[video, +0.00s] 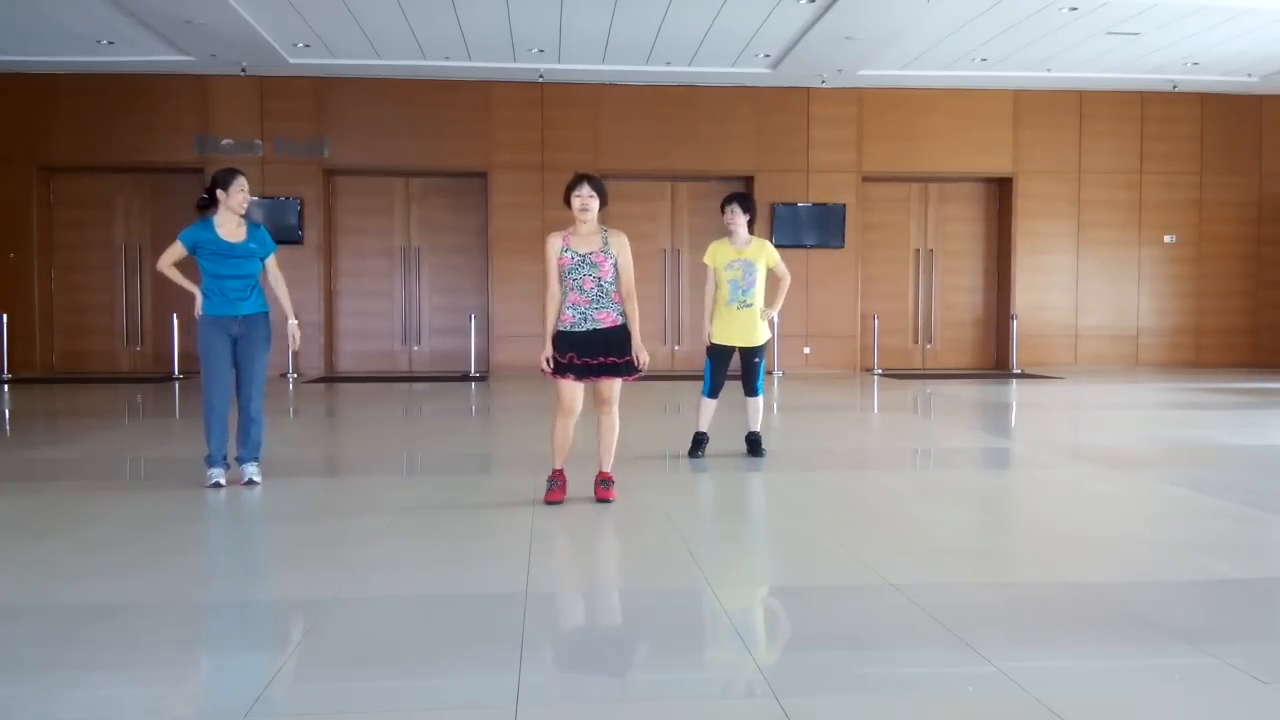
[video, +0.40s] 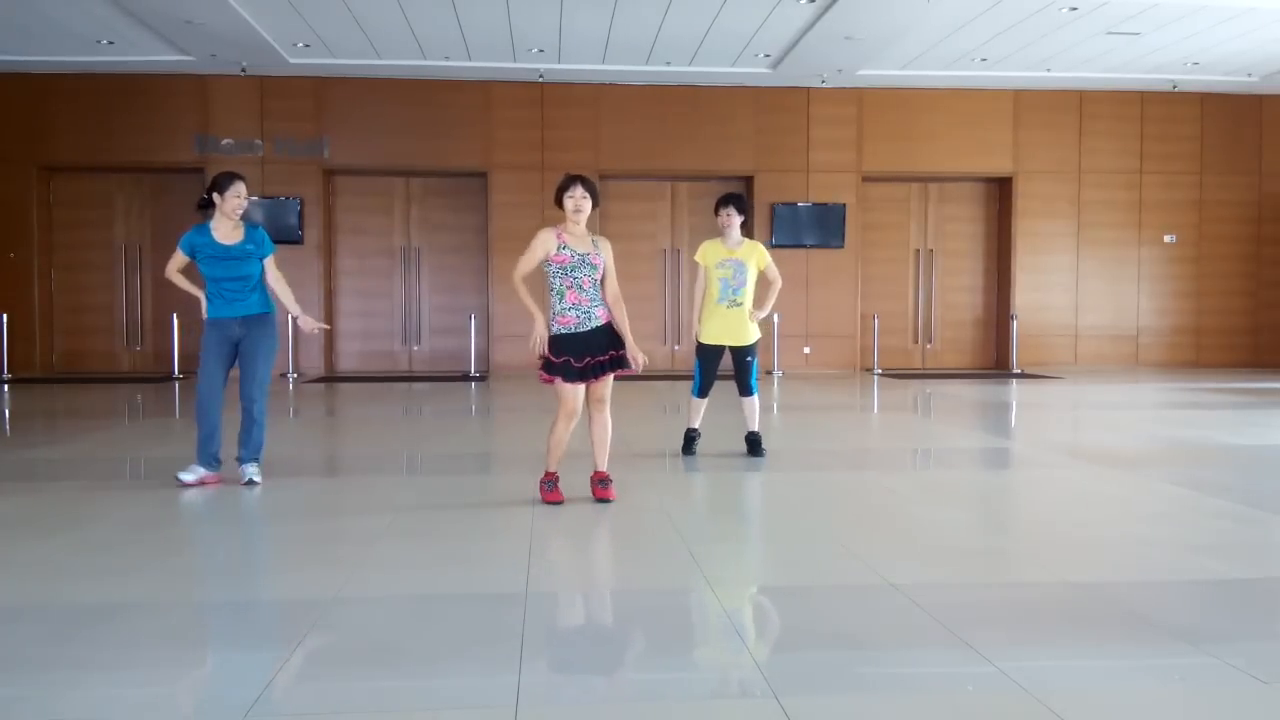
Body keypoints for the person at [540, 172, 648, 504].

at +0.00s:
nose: (584, 201)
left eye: (591, 196)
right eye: (578, 196)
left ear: (601, 201)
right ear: (569, 202)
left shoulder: (618, 240)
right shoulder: (557, 242)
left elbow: (629, 293)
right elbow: (553, 295)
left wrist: (636, 339)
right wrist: (548, 341)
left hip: (611, 335)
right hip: (569, 335)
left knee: (607, 406)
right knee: (569, 409)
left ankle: (605, 476)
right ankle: (557, 474)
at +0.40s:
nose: (578, 202)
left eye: (584, 197)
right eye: (571, 197)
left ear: (592, 204)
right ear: (561, 203)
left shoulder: (602, 245)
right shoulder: (549, 238)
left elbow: (614, 298)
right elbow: (518, 276)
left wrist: (630, 343)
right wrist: (538, 318)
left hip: (602, 333)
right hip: (565, 337)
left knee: (600, 404)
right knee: (570, 409)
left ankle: (601, 475)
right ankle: (550, 476)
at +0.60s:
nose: (572, 200)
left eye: (578, 194)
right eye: (565, 194)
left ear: (587, 201)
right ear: (555, 200)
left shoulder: (596, 243)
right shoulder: (542, 236)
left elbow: (605, 297)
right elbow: (502, 265)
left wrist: (619, 342)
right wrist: (532, 292)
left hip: (591, 334)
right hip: (555, 334)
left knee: (596, 403)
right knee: (559, 403)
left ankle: (589, 477)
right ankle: (548, 477)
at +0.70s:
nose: (570, 200)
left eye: (576, 195)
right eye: (563, 195)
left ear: (586, 201)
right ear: (553, 201)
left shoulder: (594, 243)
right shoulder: (540, 237)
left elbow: (603, 297)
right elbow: (497, 262)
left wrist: (615, 343)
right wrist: (529, 286)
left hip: (585, 335)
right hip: (550, 335)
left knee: (597, 403)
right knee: (552, 403)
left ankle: (588, 478)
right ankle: (547, 477)